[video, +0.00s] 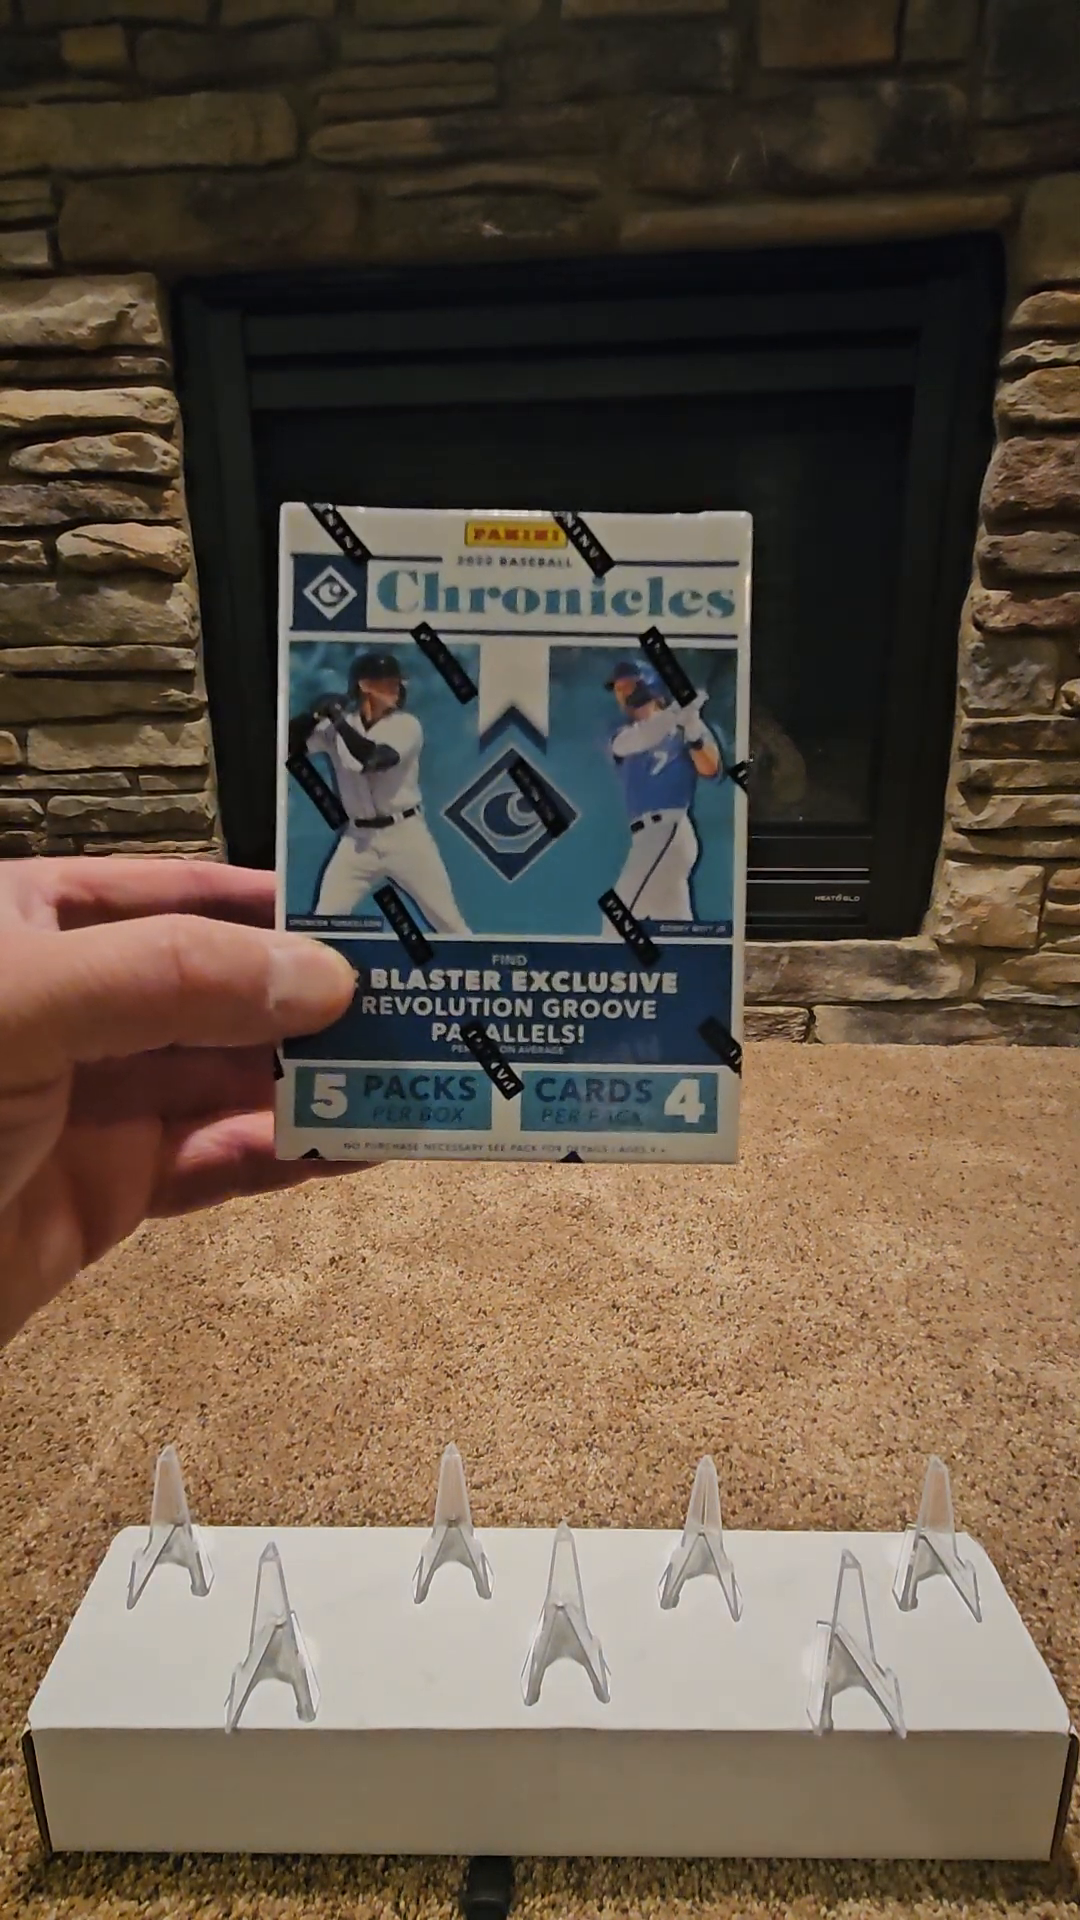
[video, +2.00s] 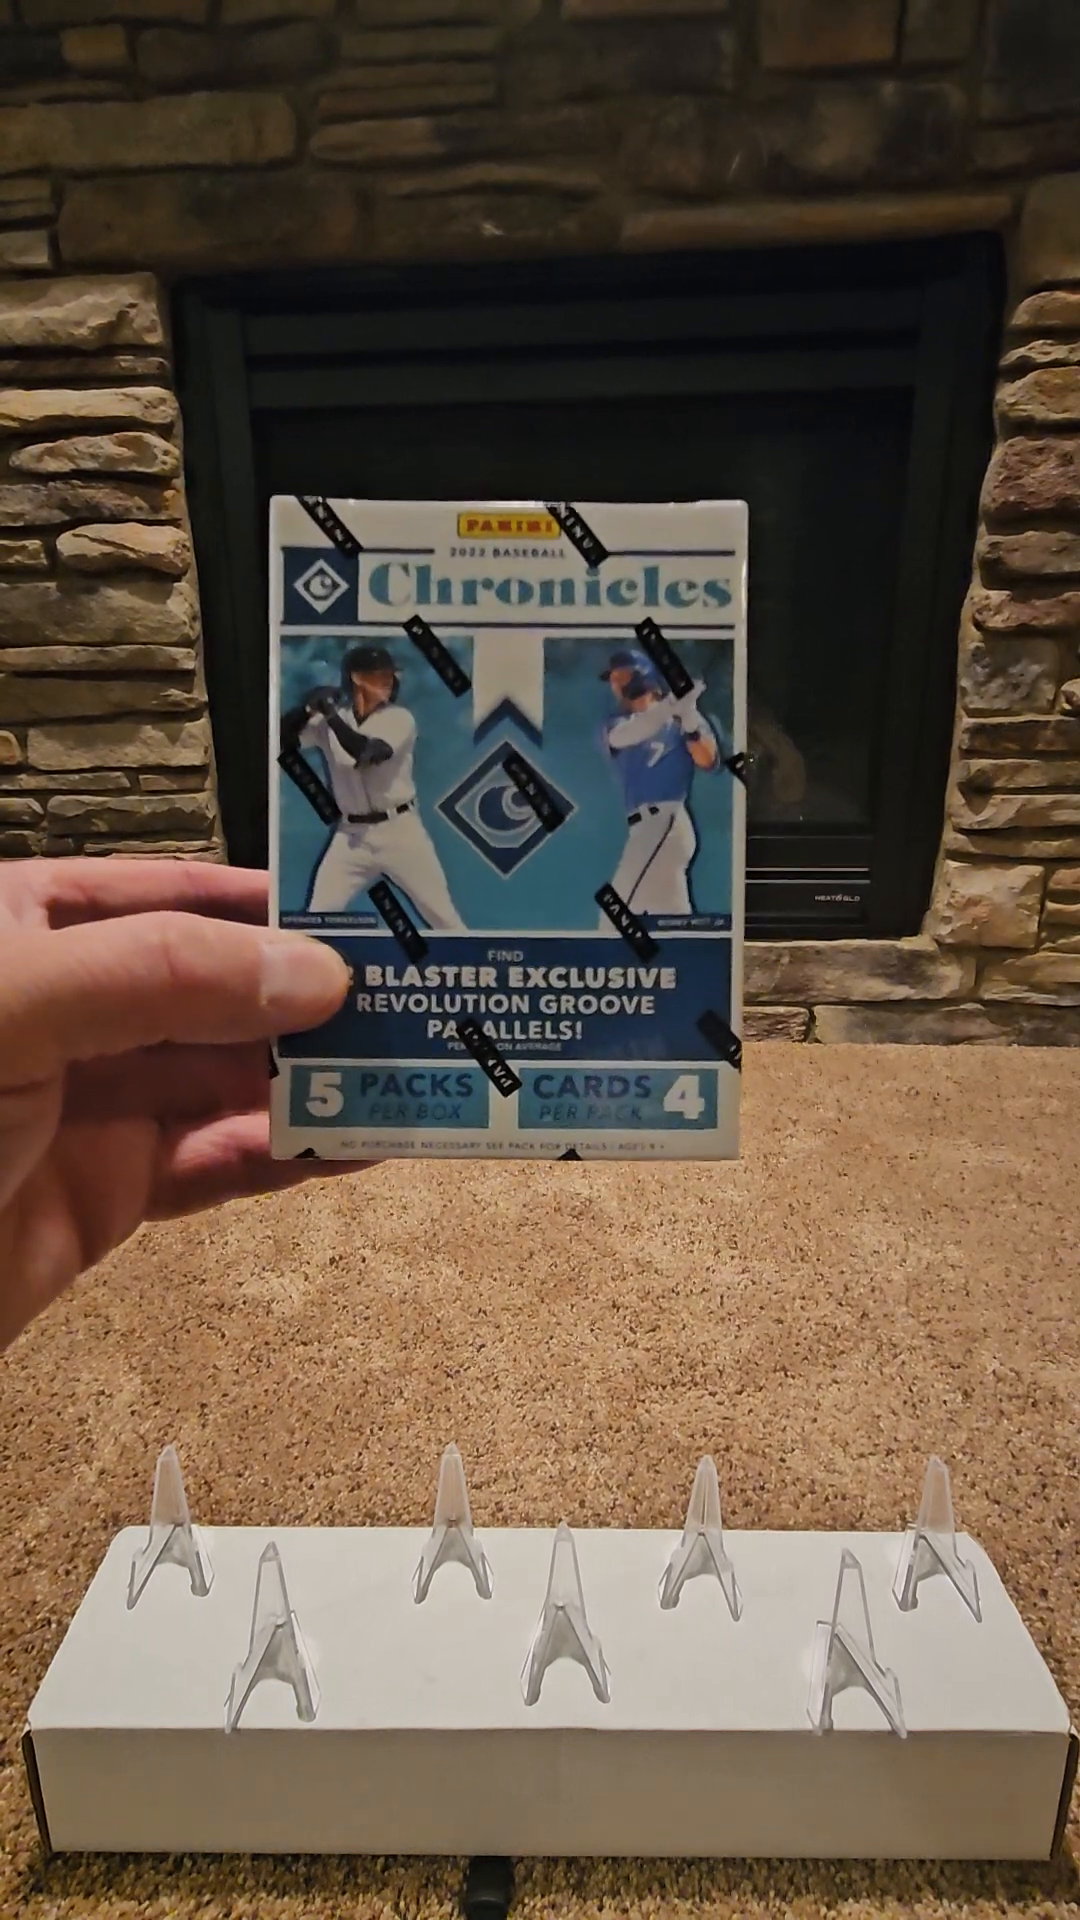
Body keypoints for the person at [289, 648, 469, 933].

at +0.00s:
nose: (396, 686)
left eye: (397, 680)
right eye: (388, 680)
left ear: (400, 685)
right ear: (365, 686)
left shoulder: (406, 725)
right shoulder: (335, 730)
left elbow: (373, 760)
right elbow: (288, 746)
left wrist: (338, 719)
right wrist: (313, 716)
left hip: (406, 836)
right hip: (357, 840)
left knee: (449, 922)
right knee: (325, 922)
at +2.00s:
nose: (390, 679)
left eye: (390, 673)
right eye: (381, 673)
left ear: (393, 679)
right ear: (357, 678)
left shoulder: (399, 718)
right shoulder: (327, 723)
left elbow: (366, 754)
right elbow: (282, 740)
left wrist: (330, 714)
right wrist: (306, 710)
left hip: (401, 832)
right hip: (351, 836)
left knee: (444, 918)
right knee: (319, 920)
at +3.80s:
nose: (371, 651)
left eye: (371, 644)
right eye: (361, 644)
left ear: (375, 649)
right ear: (335, 650)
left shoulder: (381, 693)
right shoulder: (303, 699)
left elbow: (344, 731)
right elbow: (255, 716)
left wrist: (307, 689)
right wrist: (282, 683)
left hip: (384, 816)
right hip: (330, 820)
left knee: (428, 906)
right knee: (297, 912)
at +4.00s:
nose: (336, 601)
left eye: (337, 594)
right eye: (326, 594)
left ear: (340, 599)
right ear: (300, 601)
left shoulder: (349, 645)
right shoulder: (266, 650)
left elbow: (311, 686)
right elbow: (216, 669)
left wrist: (270, 641)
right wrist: (243, 635)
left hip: (352, 774)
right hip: (296, 779)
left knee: (400, 871)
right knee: (261, 875)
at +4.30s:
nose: (342, 551)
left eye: (343, 543)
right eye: (331, 543)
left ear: (348, 550)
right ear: (304, 551)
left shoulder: (356, 600)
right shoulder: (269, 606)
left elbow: (317, 643)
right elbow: (213, 622)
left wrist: (272, 595)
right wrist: (243, 591)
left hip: (361, 738)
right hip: (301, 744)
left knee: (413, 840)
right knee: (265, 848)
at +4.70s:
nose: (368, 501)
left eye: (370, 492)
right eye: (356, 492)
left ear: (377, 498)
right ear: (327, 499)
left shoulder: (385, 553)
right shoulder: (290, 559)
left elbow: (341, 602)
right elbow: (227, 583)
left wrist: (292, 548)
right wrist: (261, 543)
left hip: (389, 708)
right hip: (323, 714)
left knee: (446, 824)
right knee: (282, 829)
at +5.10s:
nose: (374, 549)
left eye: (379, 541)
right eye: (362, 540)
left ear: (387, 549)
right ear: (337, 547)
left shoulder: (396, 599)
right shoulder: (304, 604)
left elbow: (355, 646)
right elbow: (245, 631)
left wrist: (306, 595)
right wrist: (274, 589)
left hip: (399, 747)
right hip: (334, 753)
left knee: (454, 861)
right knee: (294, 864)